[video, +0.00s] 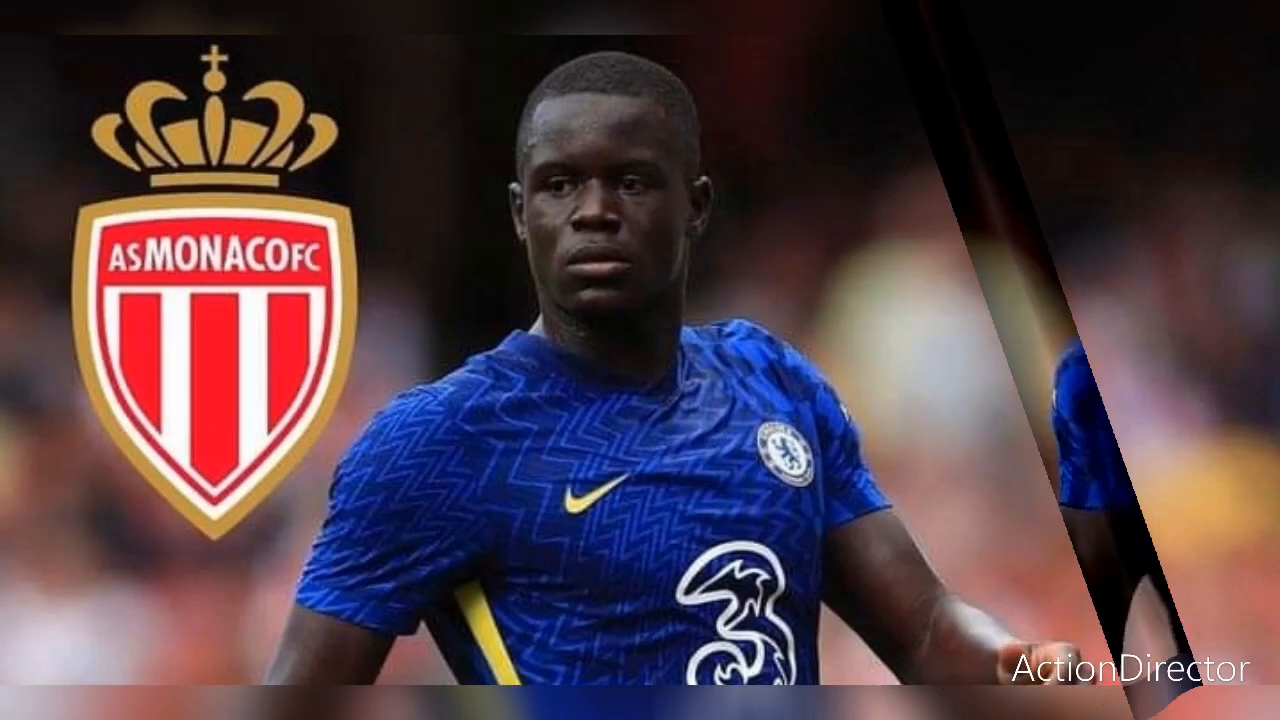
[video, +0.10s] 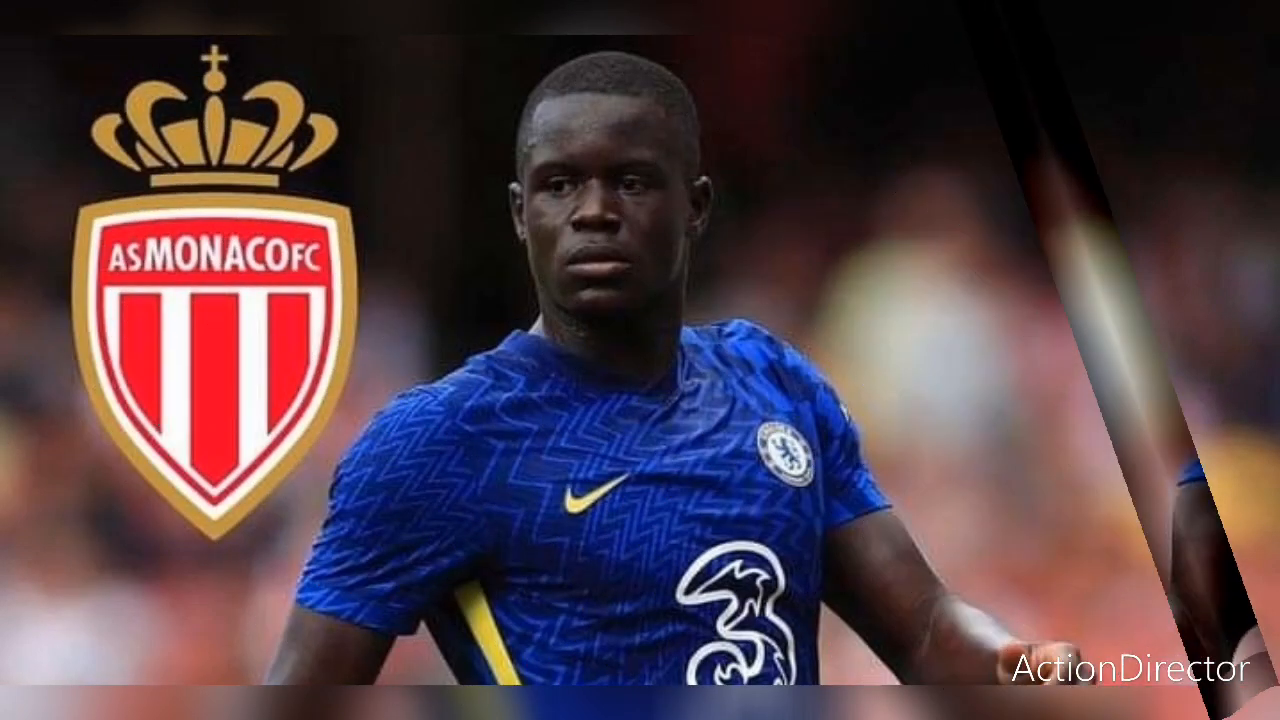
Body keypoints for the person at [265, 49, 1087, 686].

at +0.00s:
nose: (595, 209)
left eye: (633, 178)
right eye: (560, 181)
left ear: (697, 209)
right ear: (522, 216)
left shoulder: (771, 385)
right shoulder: (432, 444)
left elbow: (921, 625)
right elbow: (301, 690)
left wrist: (1023, 673)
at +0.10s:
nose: (595, 210)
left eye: (633, 179)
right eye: (559, 181)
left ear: (696, 209)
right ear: (523, 216)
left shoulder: (770, 385)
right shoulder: (433, 443)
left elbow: (921, 625)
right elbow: (301, 691)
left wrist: (1014, 671)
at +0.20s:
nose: (595, 210)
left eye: (633, 178)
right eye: (559, 181)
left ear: (697, 209)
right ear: (522, 216)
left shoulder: (770, 385)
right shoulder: (433, 444)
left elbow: (921, 626)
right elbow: (301, 691)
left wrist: (1017, 674)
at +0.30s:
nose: (595, 210)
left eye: (633, 178)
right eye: (560, 181)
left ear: (697, 209)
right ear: (522, 216)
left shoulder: (770, 385)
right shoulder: (433, 444)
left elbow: (921, 626)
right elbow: (301, 691)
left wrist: (1021, 675)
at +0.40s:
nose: (596, 209)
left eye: (633, 178)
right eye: (560, 181)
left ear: (697, 210)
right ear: (522, 216)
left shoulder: (770, 385)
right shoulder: (432, 445)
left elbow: (921, 626)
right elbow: (301, 692)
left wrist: (1021, 675)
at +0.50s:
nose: (595, 210)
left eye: (633, 178)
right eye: (560, 181)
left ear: (697, 209)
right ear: (522, 216)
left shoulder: (770, 385)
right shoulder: (433, 444)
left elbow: (921, 626)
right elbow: (301, 691)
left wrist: (1021, 675)